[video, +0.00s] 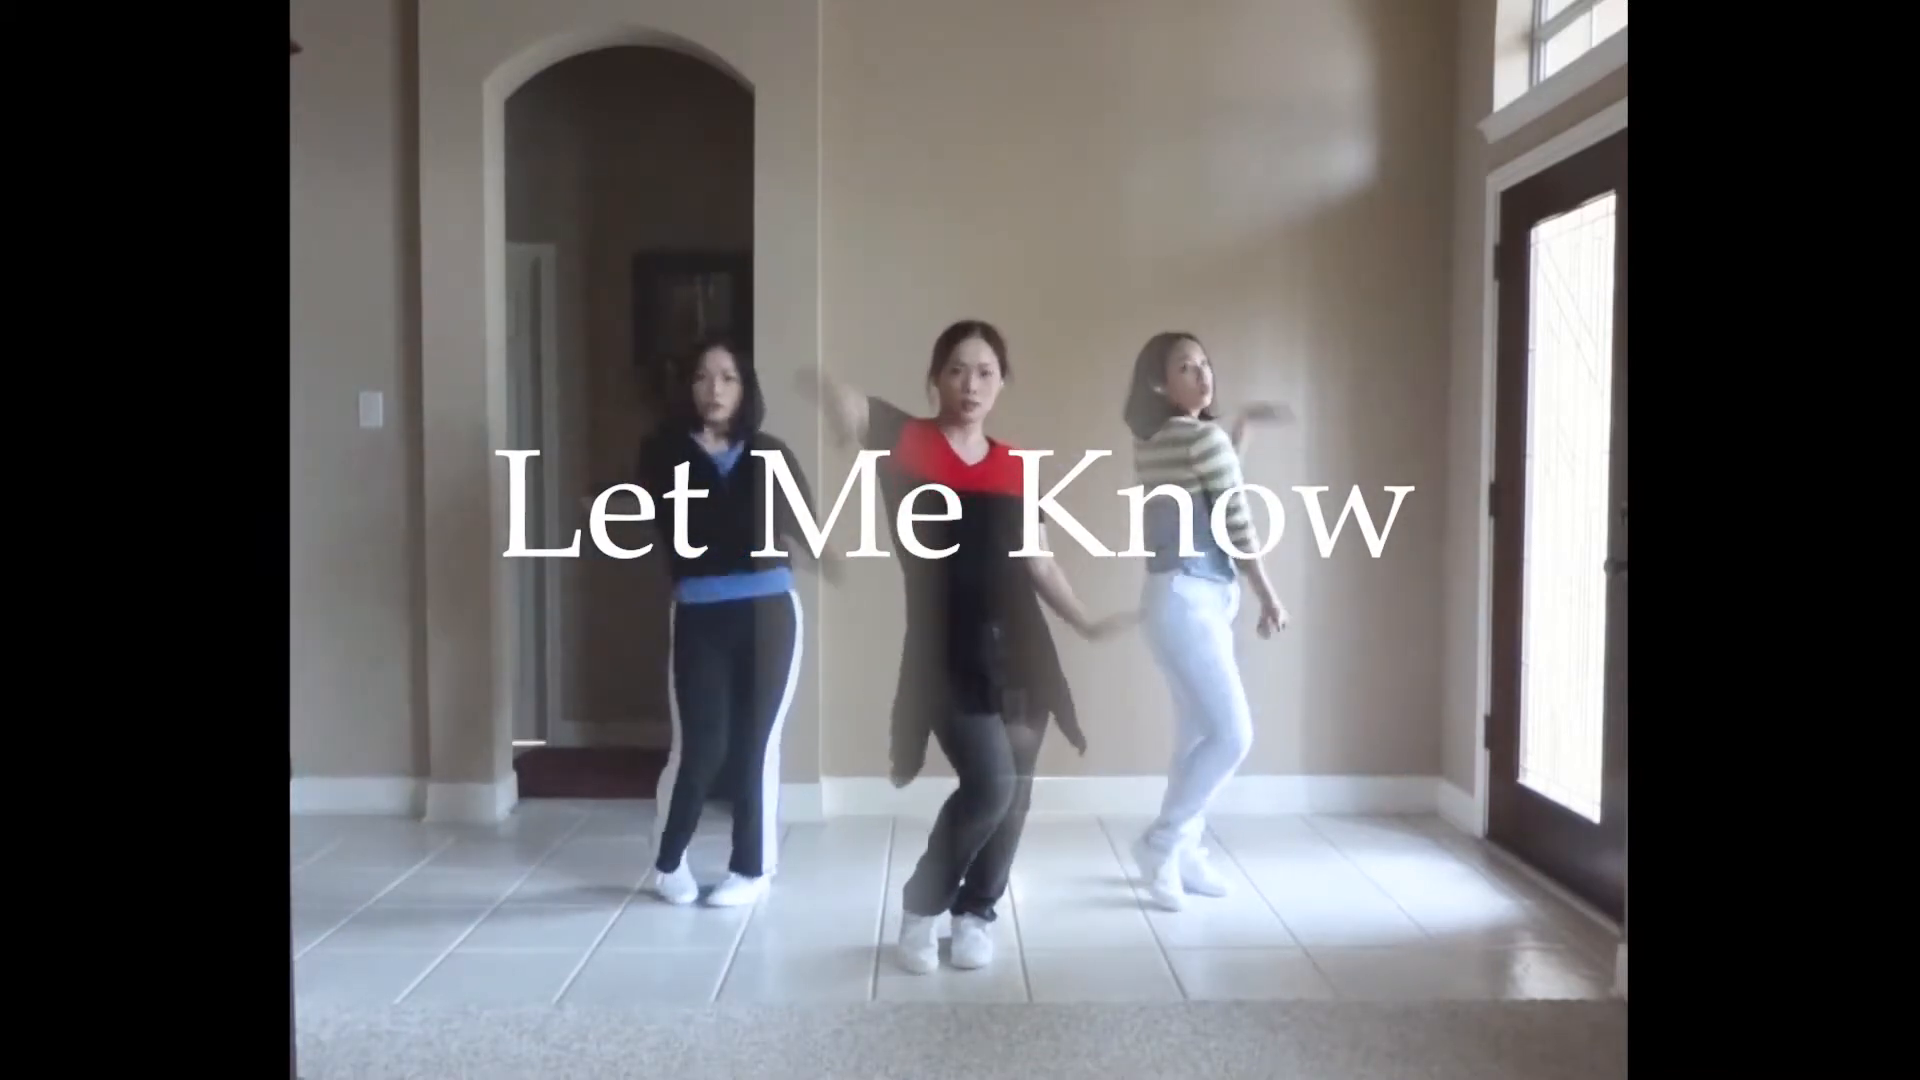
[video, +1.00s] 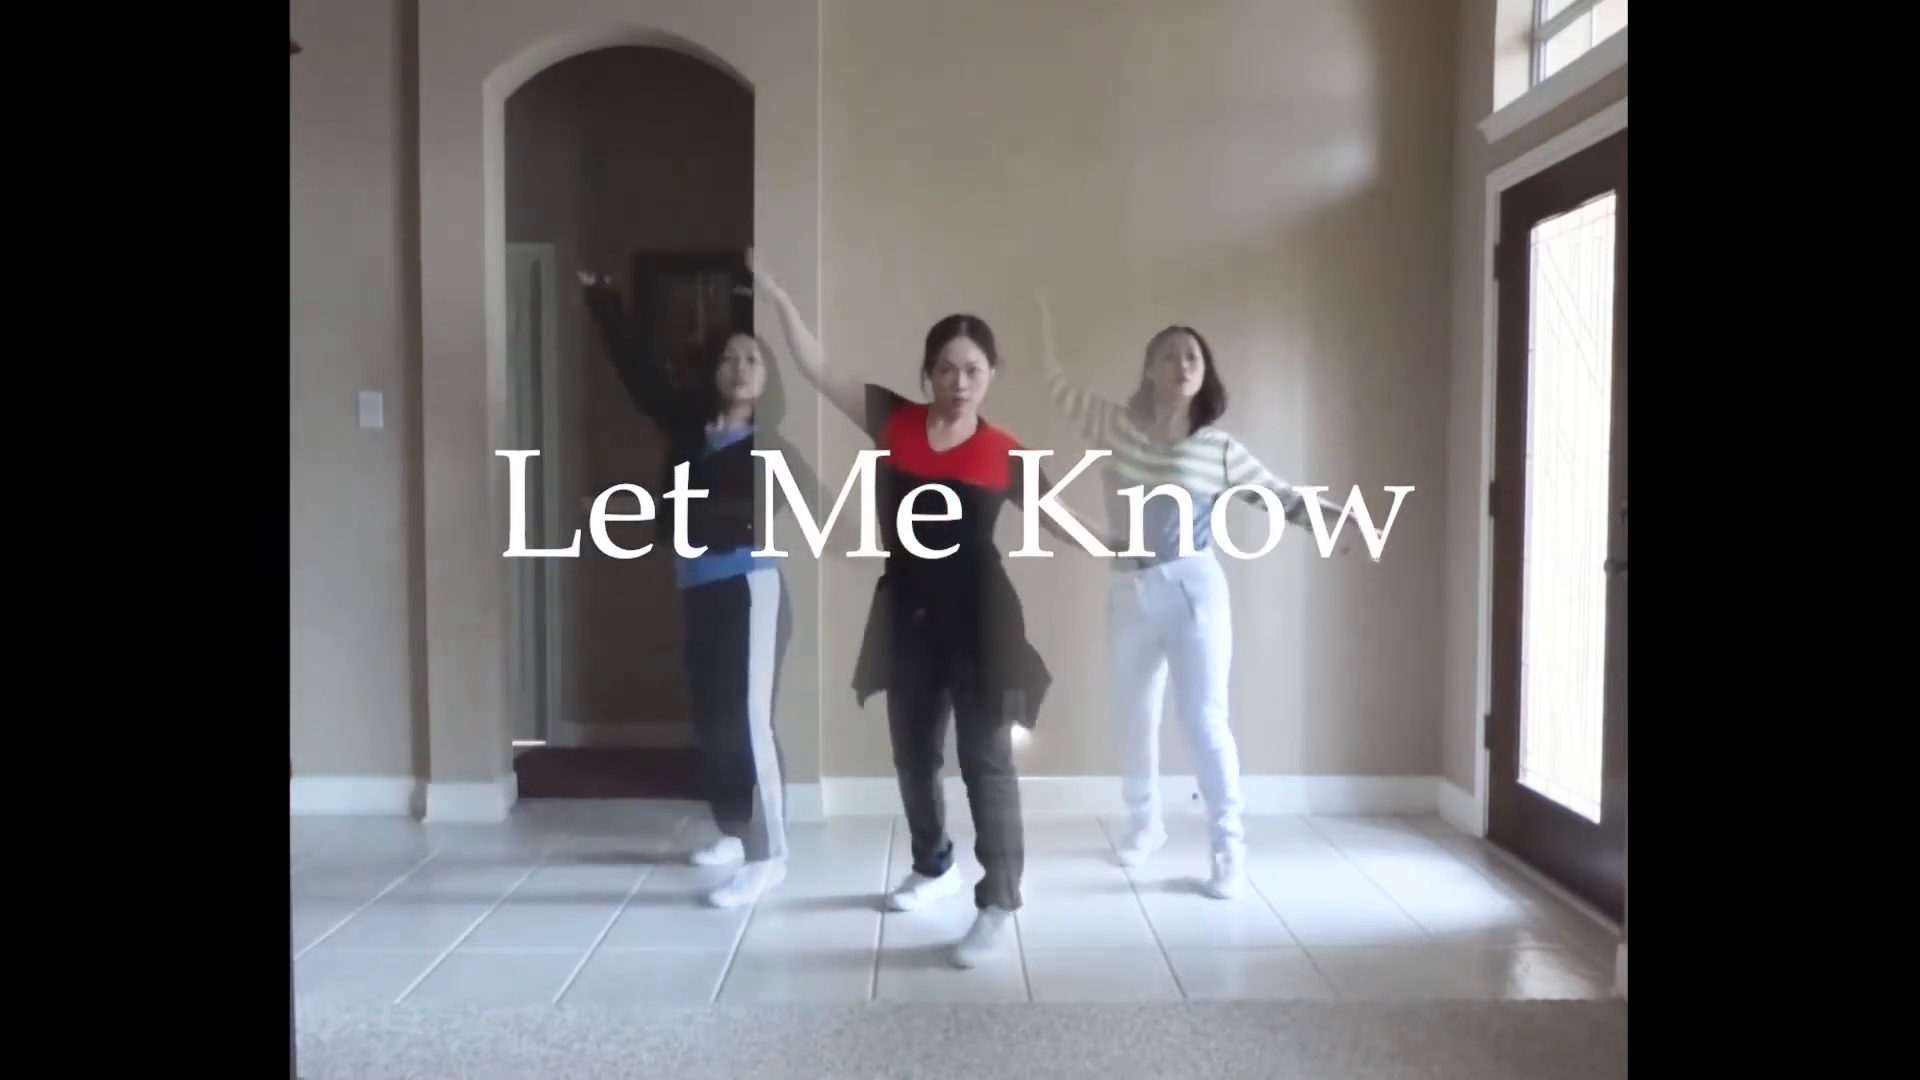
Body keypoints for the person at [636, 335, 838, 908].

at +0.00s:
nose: (714, 388)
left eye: (727, 378)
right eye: (704, 377)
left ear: (746, 388)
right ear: (689, 386)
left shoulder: (770, 453)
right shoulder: (666, 452)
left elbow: (809, 530)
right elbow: (646, 526)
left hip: (767, 610)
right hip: (700, 612)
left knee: (752, 748)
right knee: (704, 747)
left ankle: (749, 871)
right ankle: (670, 861)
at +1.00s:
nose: (739, 370)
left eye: (750, 361)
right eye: (729, 360)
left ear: (766, 376)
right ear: (712, 371)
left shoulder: (766, 450)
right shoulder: (688, 425)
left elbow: (755, 521)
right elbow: (641, 372)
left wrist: (679, 514)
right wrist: (604, 304)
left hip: (752, 586)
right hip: (701, 588)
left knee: (749, 717)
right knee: (712, 714)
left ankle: (769, 857)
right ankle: (736, 834)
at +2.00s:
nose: (725, 411)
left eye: (737, 397)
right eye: (717, 396)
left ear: (757, 405)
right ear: (705, 400)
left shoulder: (766, 458)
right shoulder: (684, 455)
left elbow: (813, 523)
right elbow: (651, 438)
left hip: (744, 597)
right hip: (691, 595)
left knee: (728, 720)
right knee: (704, 718)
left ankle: (729, 854)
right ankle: (741, 831)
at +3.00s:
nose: (719, 505)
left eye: (731, 495)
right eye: (708, 494)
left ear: (746, 504)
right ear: (690, 500)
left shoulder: (754, 556)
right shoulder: (667, 555)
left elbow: (779, 594)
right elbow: (640, 588)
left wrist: (818, 616)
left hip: (744, 665)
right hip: (681, 674)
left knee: (720, 742)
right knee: (711, 770)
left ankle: (738, 872)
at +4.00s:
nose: (736, 348)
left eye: (743, 341)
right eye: (723, 341)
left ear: (755, 356)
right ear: (706, 359)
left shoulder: (769, 415)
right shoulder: (685, 426)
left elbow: (825, 389)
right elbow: (636, 508)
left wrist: (812, 330)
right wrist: (682, 556)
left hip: (757, 582)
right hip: (709, 584)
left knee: (748, 718)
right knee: (736, 720)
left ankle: (731, 845)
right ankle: (685, 845)